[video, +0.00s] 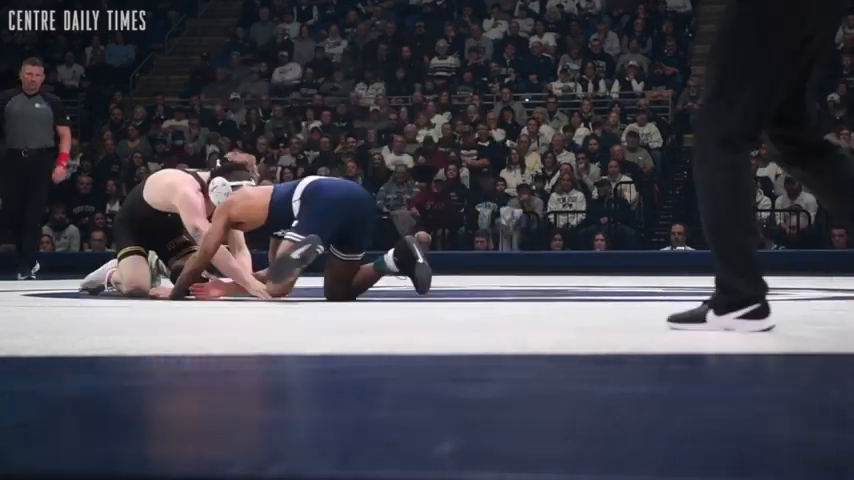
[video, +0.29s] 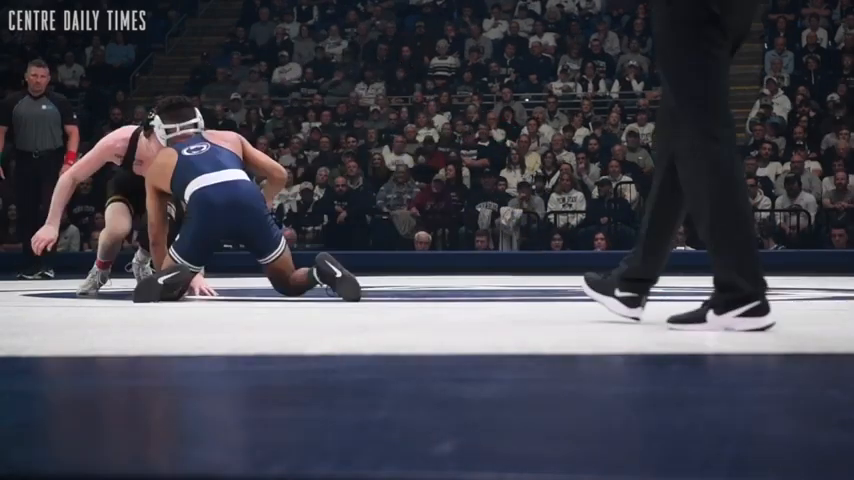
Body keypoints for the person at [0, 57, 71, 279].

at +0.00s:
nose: (32, 79)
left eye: (37, 75)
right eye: (28, 74)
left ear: (43, 77)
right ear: (20, 76)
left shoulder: (52, 102)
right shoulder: (7, 100)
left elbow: (65, 134)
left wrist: (62, 163)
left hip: (41, 161)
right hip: (12, 161)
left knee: (34, 213)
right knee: (13, 212)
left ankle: (26, 266)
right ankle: (27, 261)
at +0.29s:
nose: (38, 80)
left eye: (43, 76)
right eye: (34, 76)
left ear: (49, 78)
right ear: (26, 78)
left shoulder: (60, 102)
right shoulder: (13, 102)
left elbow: (73, 133)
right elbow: (2, 132)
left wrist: (69, 161)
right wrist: (0, 160)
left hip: (51, 162)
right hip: (22, 163)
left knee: (48, 210)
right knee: (25, 211)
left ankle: (47, 263)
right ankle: (30, 263)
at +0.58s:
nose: (60, 82)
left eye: (64, 79)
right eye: (56, 78)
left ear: (69, 82)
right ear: (47, 79)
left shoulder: (79, 105)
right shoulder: (32, 103)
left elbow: (91, 135)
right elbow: (18, 131)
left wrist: (89, 163)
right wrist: (13, 161)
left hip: (72, 166)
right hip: (40, 165)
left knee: (88, 210)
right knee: (35, 213)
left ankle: (101, 260)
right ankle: (33, 265)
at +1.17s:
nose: (103, 84)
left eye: (107, 81)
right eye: (99, 80)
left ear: (112, 83)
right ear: (91, 82)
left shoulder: (116, 108)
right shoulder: (79, 103)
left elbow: (124, 137)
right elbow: (63, 130)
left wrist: (132, 159)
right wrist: (74, 159)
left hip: (110, 165)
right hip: (84, 163)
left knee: (111, 216)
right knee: (71, 213)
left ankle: (109, 265)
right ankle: (54, 264)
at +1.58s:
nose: (83, 82)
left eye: (87, 78)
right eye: (79, 78)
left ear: (92, 81)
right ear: (71, 81)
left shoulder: (101, 106)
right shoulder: (58, 103)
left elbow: (109, 136)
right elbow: (43, 131)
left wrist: (113, 163)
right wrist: (46, 162)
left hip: (95, 164)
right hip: (66, 164)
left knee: (99, 215)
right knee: (58, 214)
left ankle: (105, 264)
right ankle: (53, 266)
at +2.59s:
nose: (115, 86)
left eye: (118, 82)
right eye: (111, 82)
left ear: (122, 85)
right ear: (101, 83)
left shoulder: (122, 109)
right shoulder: (91, 104)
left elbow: (126, 138)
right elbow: (75, 132)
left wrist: (129, 163)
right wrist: (80, 162)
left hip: (115, 167)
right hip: (93, 166)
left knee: (125, 213)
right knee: (74, 214)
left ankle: (126, 264)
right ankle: (55, 264)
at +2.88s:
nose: (143, 85)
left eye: (147, 82)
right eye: (139, 81)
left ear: (150, 84)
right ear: (129, 83)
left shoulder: (145, 107)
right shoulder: (122, 101)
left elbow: (149, 137)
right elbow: (112, 132)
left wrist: (161, 162)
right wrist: (127, 161)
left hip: (139, 162)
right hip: (122, 161)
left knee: (138, 212)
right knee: (129, 209)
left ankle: (129, 263)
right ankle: (100, 254)